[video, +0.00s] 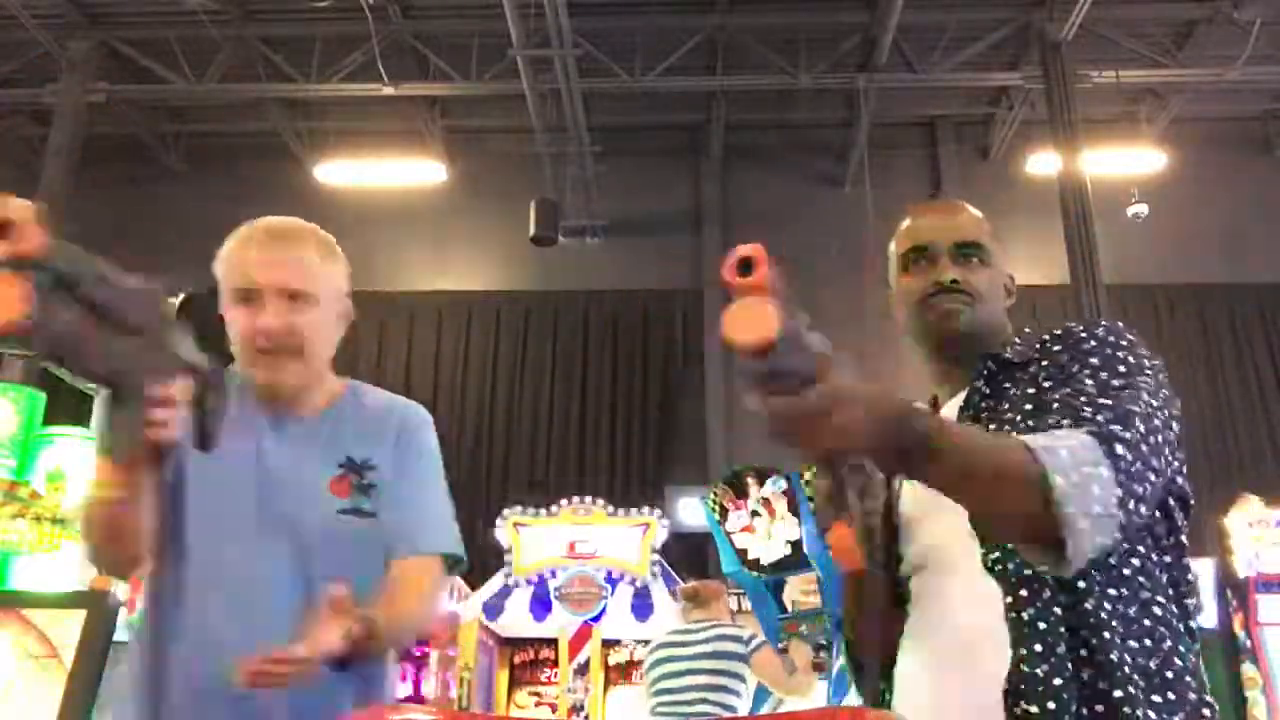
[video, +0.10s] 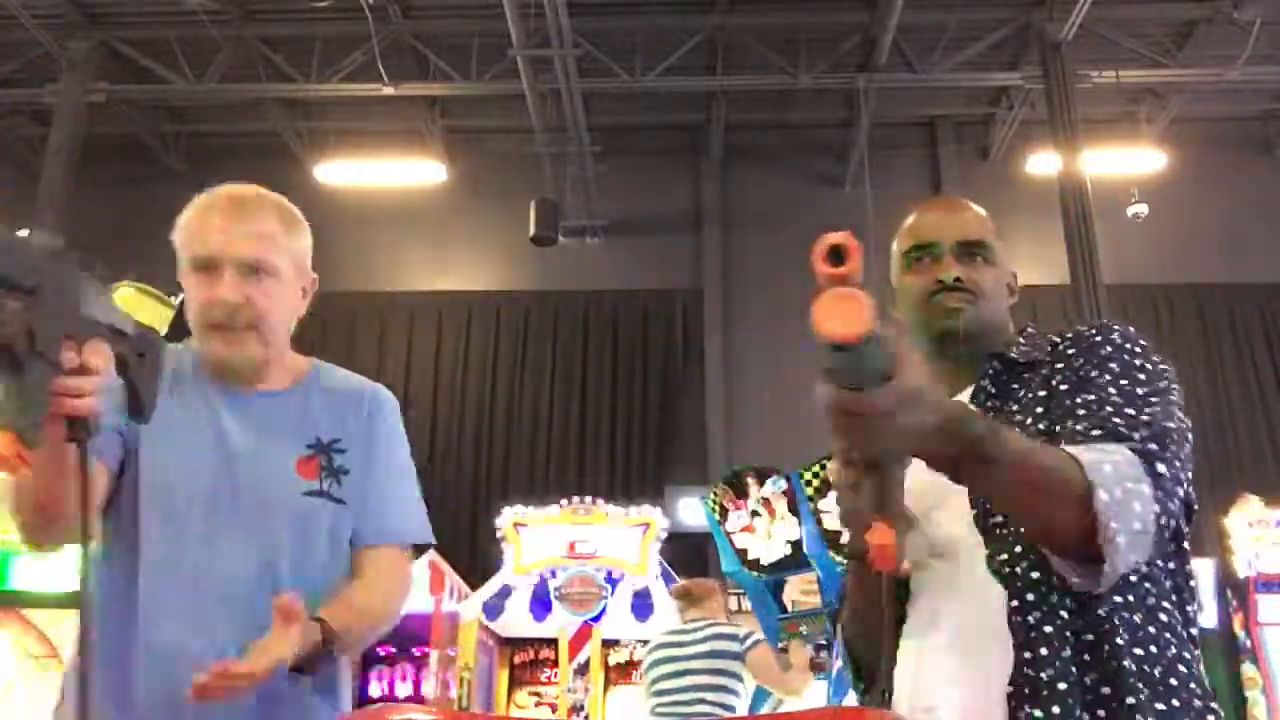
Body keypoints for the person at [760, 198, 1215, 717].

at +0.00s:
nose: (944, 270)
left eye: (969, 254)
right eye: (917, 260)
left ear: (1008, 286)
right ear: (894, 303)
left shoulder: (1096, 352)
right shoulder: (902, 445)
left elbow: (1082, 508)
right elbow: (879, 665)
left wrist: (902, 435)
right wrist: (865, 547)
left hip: (1111, 699)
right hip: (951, 704)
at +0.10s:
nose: (948, 271)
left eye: (973, 254)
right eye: (921, 258)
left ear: (1009, 284)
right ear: (895, 297)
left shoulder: (1102, 356)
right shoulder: (889, 418)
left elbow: (1125, 522)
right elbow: (873, 668)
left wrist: (947, 435)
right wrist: (871, 531)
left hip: (1115, 702)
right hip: (943, 706)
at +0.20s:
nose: (954, 272)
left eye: (976, 251)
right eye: (928, 260)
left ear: (1012, 279)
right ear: (899, 296)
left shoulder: (1110, 359)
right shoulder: (902, 421)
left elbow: (1149, 547)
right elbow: (867, 666)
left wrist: (999, 449)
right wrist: (876, 544)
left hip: (1112, 702)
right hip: (945, 705)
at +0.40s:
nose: (967, 264)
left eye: (991, 247)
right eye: (940, 250)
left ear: (1026, 276)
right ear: (908, 283)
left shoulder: (1115, 352)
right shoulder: (913, 433)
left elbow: (1132, 539)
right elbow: (884, 672)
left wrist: (948, 476)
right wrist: (872, 524)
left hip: (1110, 703)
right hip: (951, 710)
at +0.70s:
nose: (949, 269)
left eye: (973, 254)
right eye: (919, 257)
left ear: (1006, 287)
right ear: (888, 299)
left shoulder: (1147, 408)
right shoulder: (865, 479)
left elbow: (1254, 560)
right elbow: (858, 658)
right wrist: (922, 533)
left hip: (1140, 704)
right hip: (954, 708)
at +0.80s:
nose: (954, 275)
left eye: (978, 257)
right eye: (925, 259)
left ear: (1014, 283)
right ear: (894, 299)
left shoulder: (1125, 398)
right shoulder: (863, 471)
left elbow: (1262, 575)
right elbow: (854, 658)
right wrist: (894, 539)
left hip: (1141, 707)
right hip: (951, 709)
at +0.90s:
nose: (956, 268)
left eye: (979, 254)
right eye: (928, 255)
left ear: (1012, 287)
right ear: (893, 292)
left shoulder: (1121, 392)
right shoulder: (878, 457)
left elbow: (1248, 563)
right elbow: (864, 661)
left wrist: (1261, 682)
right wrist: (852, 564)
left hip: (1126, 704)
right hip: (949, 708)